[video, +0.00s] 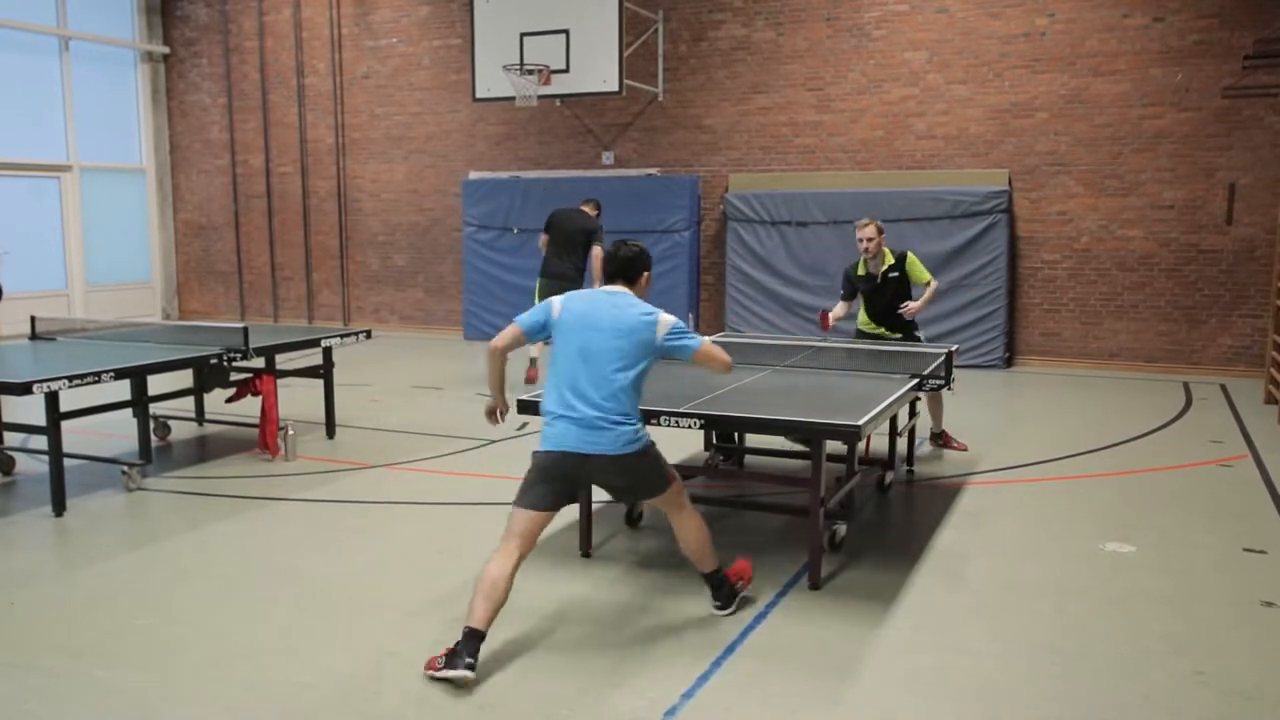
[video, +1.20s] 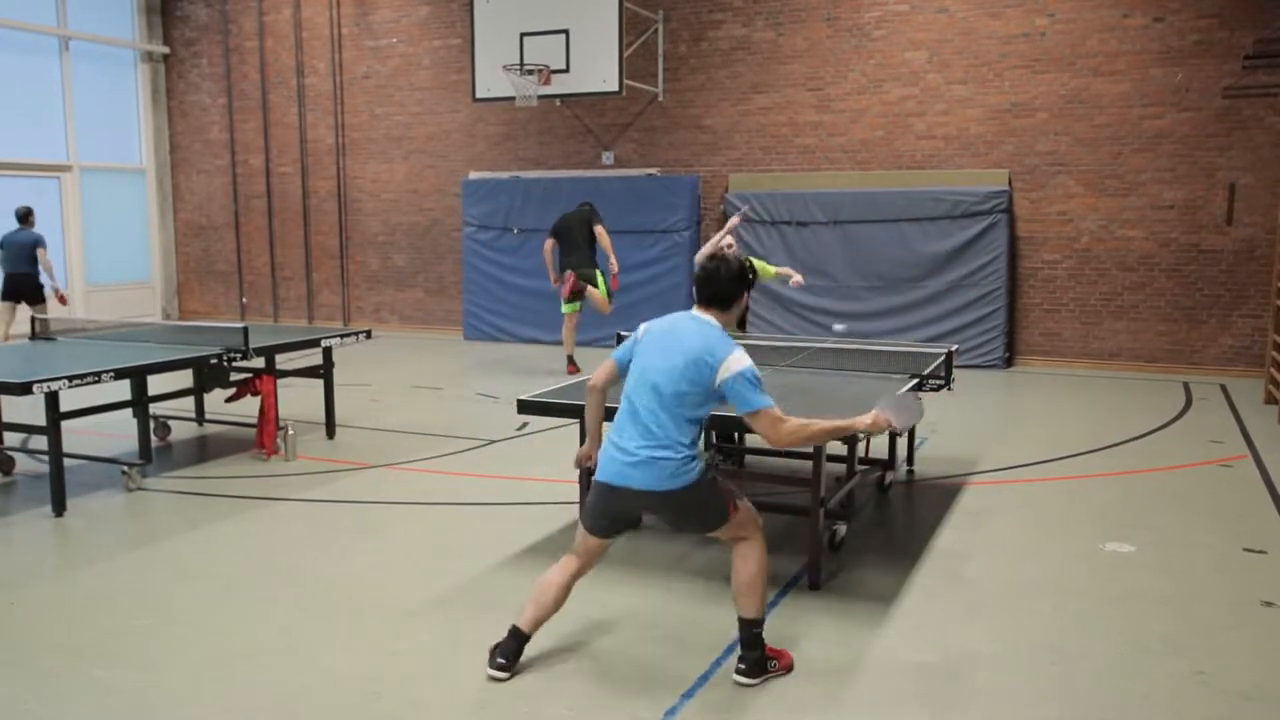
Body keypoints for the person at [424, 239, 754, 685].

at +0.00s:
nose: (652, 284)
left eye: (651, 279)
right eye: (651, 279)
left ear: (602, 275)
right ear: (644, 280)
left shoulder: (561, 304)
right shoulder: (652, 319)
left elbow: (498, 345)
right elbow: (722, 363)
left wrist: (497, 396)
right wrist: (699, 342)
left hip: (558, 448)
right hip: (621, 449)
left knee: (513, 545)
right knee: (678, 507)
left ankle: (465, 652)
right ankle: (721, 589)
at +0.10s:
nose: (690, 294)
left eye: (683, 287)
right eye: (688, 288)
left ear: (645, 286)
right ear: (683, 290)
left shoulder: (611, 311)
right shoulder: (696, 328)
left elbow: (544, 342)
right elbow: (763, 360)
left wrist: (514, 395)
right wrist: (719, 343)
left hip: (599, 449)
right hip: (662, 452)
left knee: (542, 542)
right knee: (711, 495)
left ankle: (485, 633)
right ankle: (734, 587)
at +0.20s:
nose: (719, 303)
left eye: (713, 298)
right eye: (717, 298)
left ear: (672, 299)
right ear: (713, 301)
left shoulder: (650, 318)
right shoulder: (730, 338)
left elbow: (592, 349)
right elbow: (783, 371)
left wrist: (549, 405)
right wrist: (745, 348)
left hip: (632, 450)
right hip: (692, 453)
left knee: (575, 538)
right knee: (730, 489)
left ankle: (519, 635)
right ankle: (735, 589)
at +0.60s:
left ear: (674, 246)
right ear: (718, 248)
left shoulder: (654, 282)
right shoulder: (741, 296)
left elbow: (631, 344)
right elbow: (769, 373)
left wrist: (605, 409)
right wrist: (747, 362)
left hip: (658, 421)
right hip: (717, 424)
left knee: (616, 515)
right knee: (735, 498)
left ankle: (594, 630)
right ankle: (746, 588)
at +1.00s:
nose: (725, 233)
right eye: (724, 227)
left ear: (670, 227)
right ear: (717, 230)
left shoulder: (631, 264)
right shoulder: (724, 282)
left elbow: (578, 329)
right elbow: (757, 365)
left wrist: (584, 373)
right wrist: (787, 367)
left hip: (623, 410)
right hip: (687, 416)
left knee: (587, 512)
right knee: (725, 520)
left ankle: (557, 624)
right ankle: (750, 636)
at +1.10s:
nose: (729, 263)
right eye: (731, 256)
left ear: (681, 253)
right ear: (725, 261)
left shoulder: (638, 292)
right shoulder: (724, 310)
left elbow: (586, 353)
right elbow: (767, 395)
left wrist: (593, 399)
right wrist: (838, 407)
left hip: (617, 446)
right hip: (680, 451)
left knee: (575, 538)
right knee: (736, 533)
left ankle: (510, 640)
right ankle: (750, 652)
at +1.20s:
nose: (749, 303)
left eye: (745, 293)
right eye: (749, 295)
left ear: (697, 290)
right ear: (742, 300)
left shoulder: (652, 329)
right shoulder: (726, 354)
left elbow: (596, 383)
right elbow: (781, 434)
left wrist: (591, 441)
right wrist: (857, 425)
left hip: (613, 477)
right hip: (675, 481)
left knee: (575, 559)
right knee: (747, 532)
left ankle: (508, 649)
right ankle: (752, 655)